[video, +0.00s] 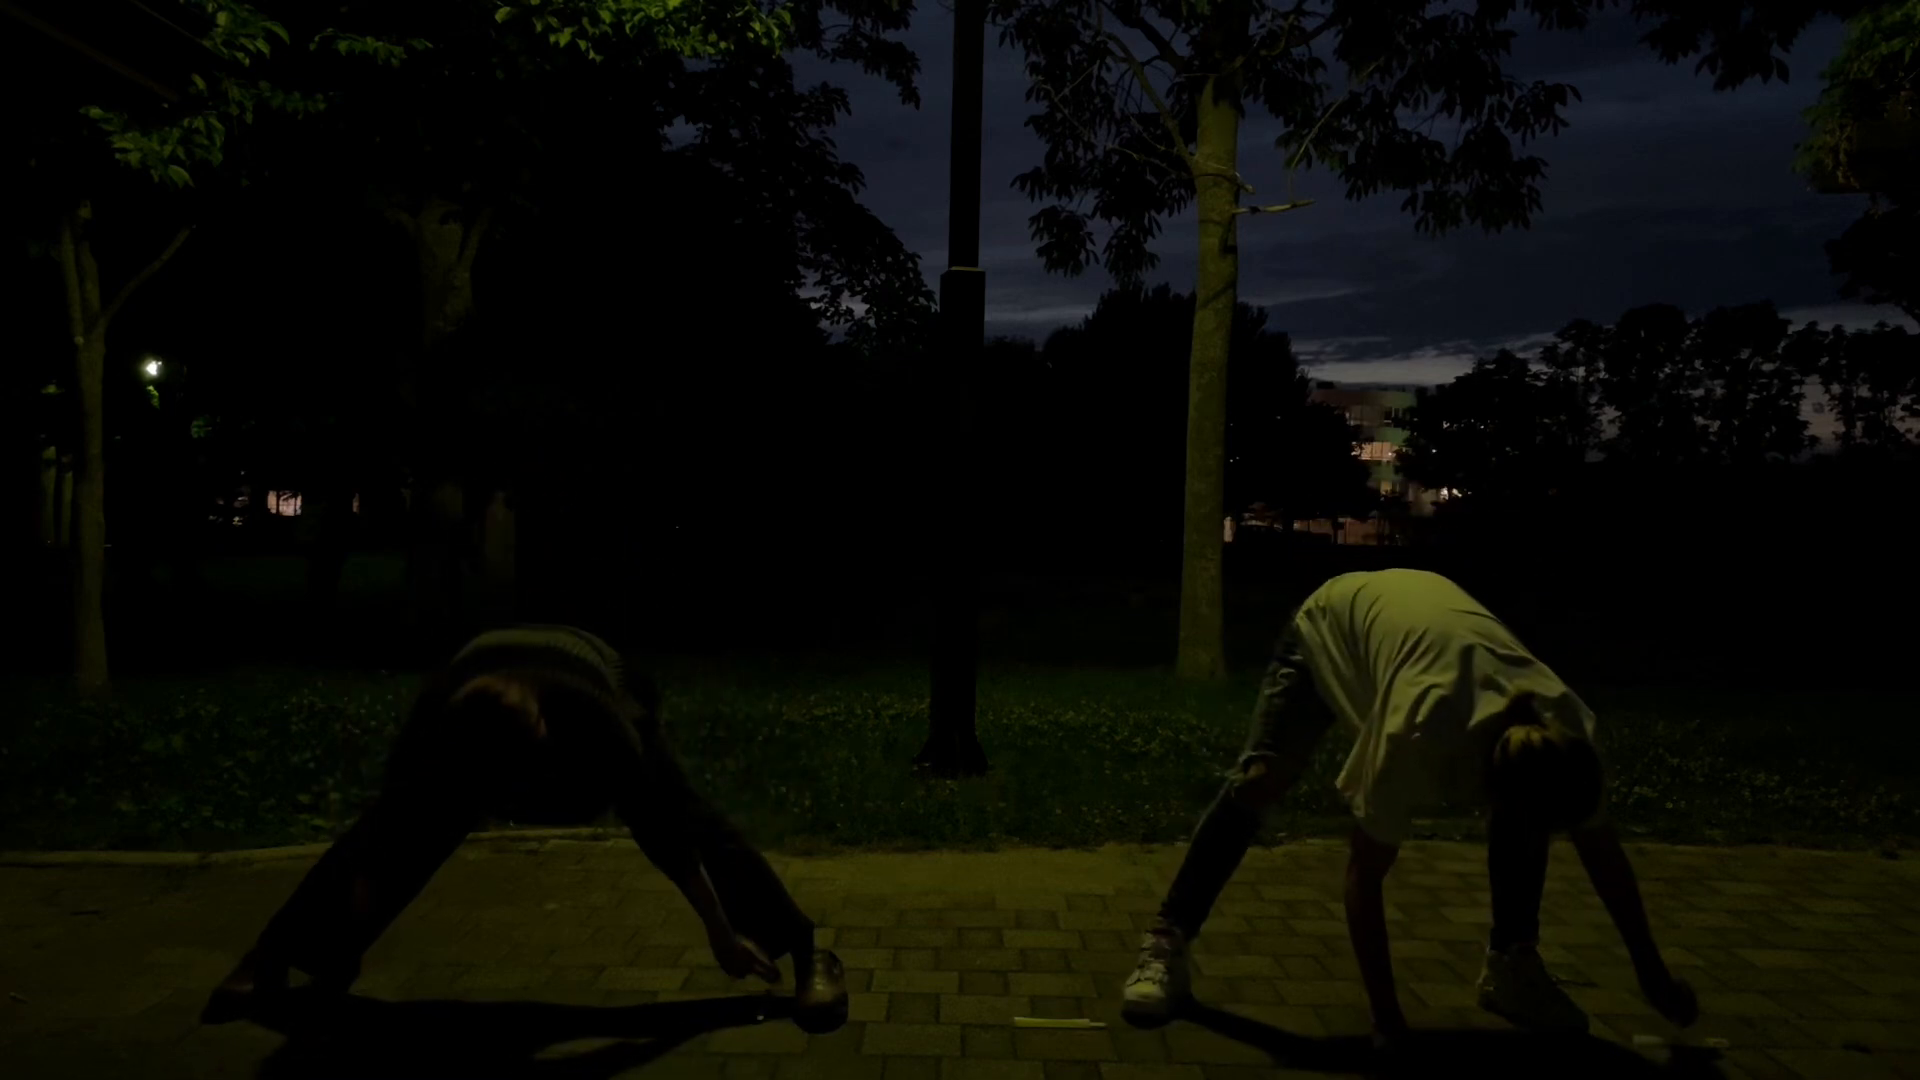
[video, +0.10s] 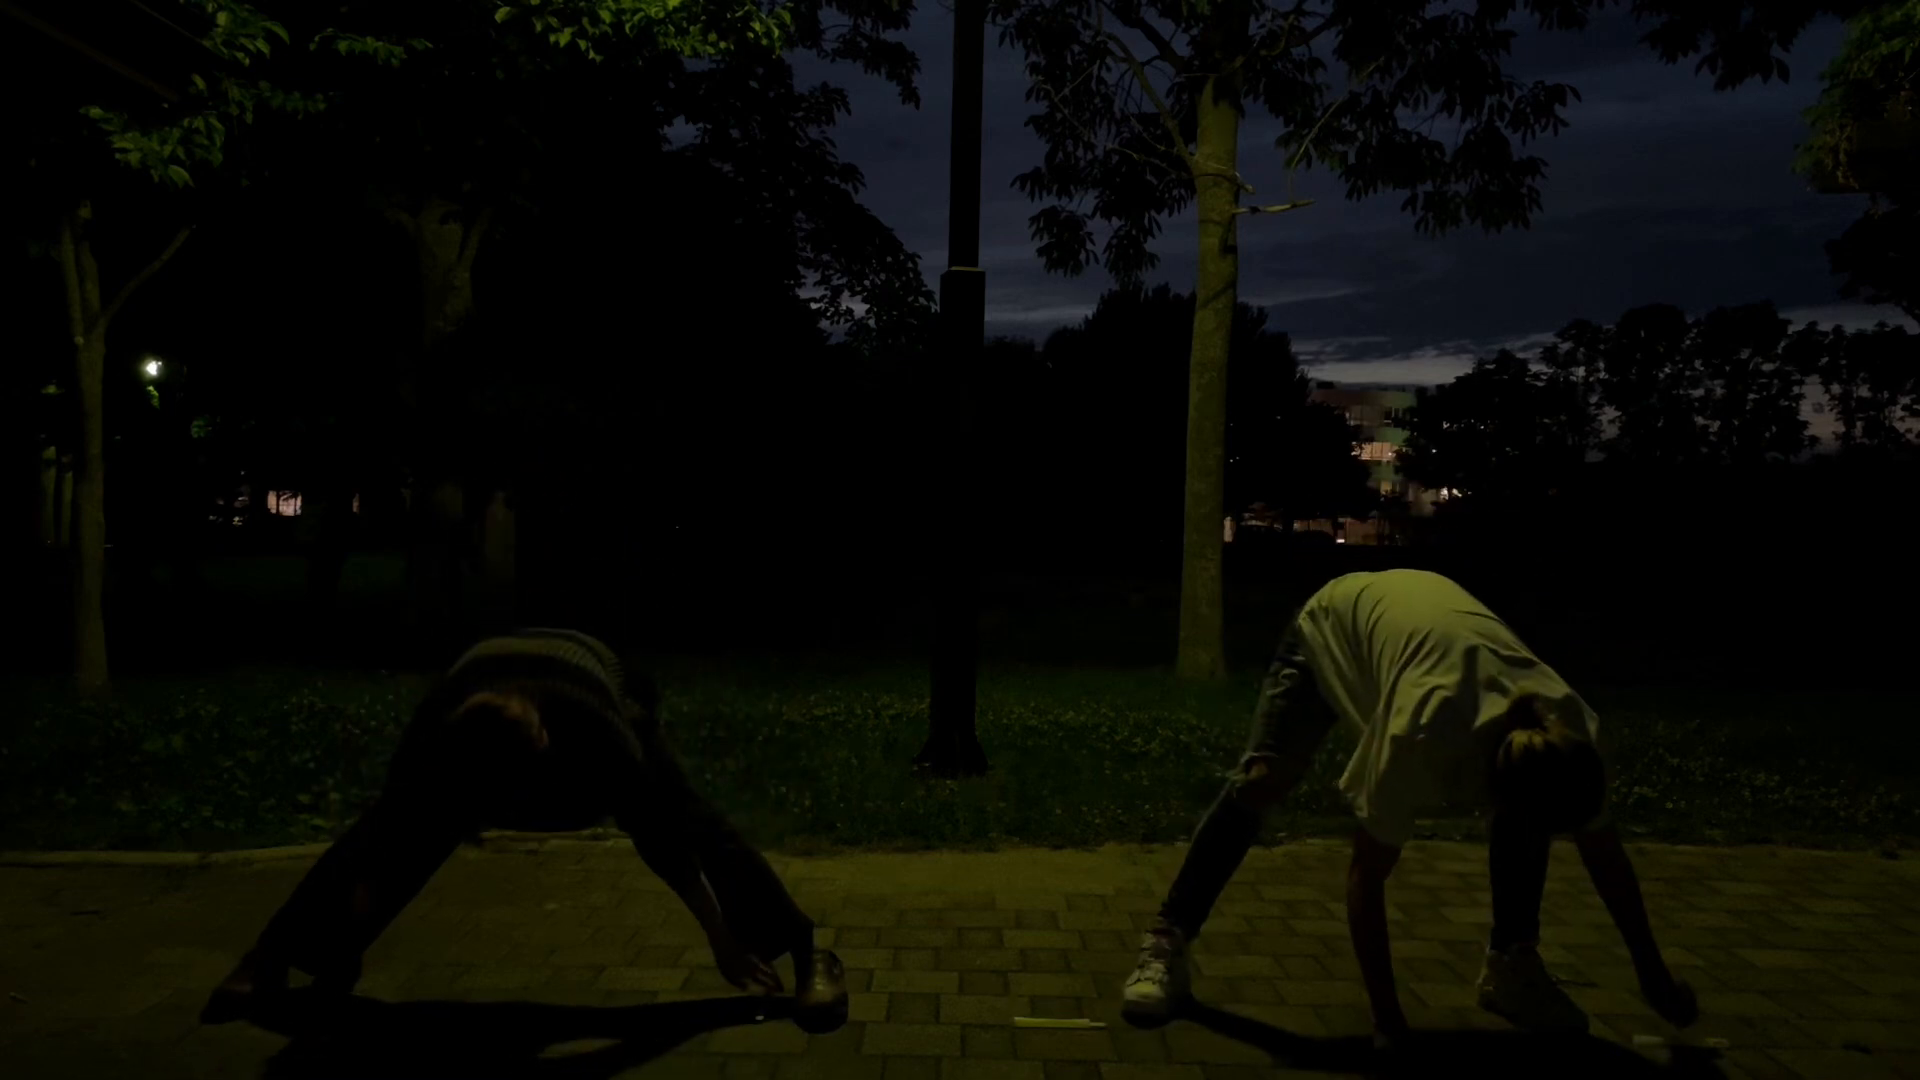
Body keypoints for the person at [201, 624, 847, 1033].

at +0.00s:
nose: (491, 736)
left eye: (503, 723)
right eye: (479, 726)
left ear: (540, 727)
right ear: (456, 727)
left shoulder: (601, 738)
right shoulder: (438, 742)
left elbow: (665, 832)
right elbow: (372, 849)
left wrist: (722, 933)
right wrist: (321, 959)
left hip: (602, 683)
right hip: (485, 679)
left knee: (702, 827)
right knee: (393, 850)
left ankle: (803, 952)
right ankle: (302, 969)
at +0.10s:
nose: (494, 748)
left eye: (503, 741)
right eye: (483, 744)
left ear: (540, 740)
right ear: (459, 743)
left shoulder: (605, 750)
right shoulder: (437, 752)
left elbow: (674, 847)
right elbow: (365, 859)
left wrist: (730, 947)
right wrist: (291, 965)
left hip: (598, 676)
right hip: (483, 675)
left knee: (701, 826)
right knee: (394, 849)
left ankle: (801, 954)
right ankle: (311, 972)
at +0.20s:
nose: (505, 821)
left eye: (514, 797)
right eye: (487, 793)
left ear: (544, 763)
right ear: (460, 769)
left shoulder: (603, 757)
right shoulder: (436, 755)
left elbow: (676, 859)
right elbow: (368, 865)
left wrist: (736, 958)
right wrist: (303, 973)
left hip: (593, 673)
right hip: (483, 672)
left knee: (695, 827)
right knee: (386, 851)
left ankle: (798, 955)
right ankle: (288, 977)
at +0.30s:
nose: (505, 826)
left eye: (516, 803)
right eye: (488, 797)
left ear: (548, 769)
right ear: (462, 773)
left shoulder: (605, 760)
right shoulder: (437, 757)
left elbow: (677, 867)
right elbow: (364, 867)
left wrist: (741, 969)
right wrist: (291, 974)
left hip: (597, 675)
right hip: (484, 674)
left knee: (695, 829)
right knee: (389, 851)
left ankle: (799, 955)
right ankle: (298, 978)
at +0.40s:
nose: (506, 826)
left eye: (518, 805)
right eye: (491, 806)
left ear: (550, 764)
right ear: (464, 775)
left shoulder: (607, 761)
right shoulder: (440, 755)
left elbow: (673, 871)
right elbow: (369, 872)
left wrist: (734, 967)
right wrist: (304, 976)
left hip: (599, 678)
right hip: (486, 675)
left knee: (695, 830)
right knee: (385, 850)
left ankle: (800, 955)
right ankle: (280, 975)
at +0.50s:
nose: (512, 790)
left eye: (522, 774)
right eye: (495, 776)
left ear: (553, 748)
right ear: (468, 757)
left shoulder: (609, 757)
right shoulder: (441, 753)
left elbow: (673, 864)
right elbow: (368, 867)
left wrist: (729, 963)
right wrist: (292, 972)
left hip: (598, 676)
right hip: (487, 674)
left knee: (694, 827)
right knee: (388, 850)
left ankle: (809, 954)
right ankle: (286, 975)